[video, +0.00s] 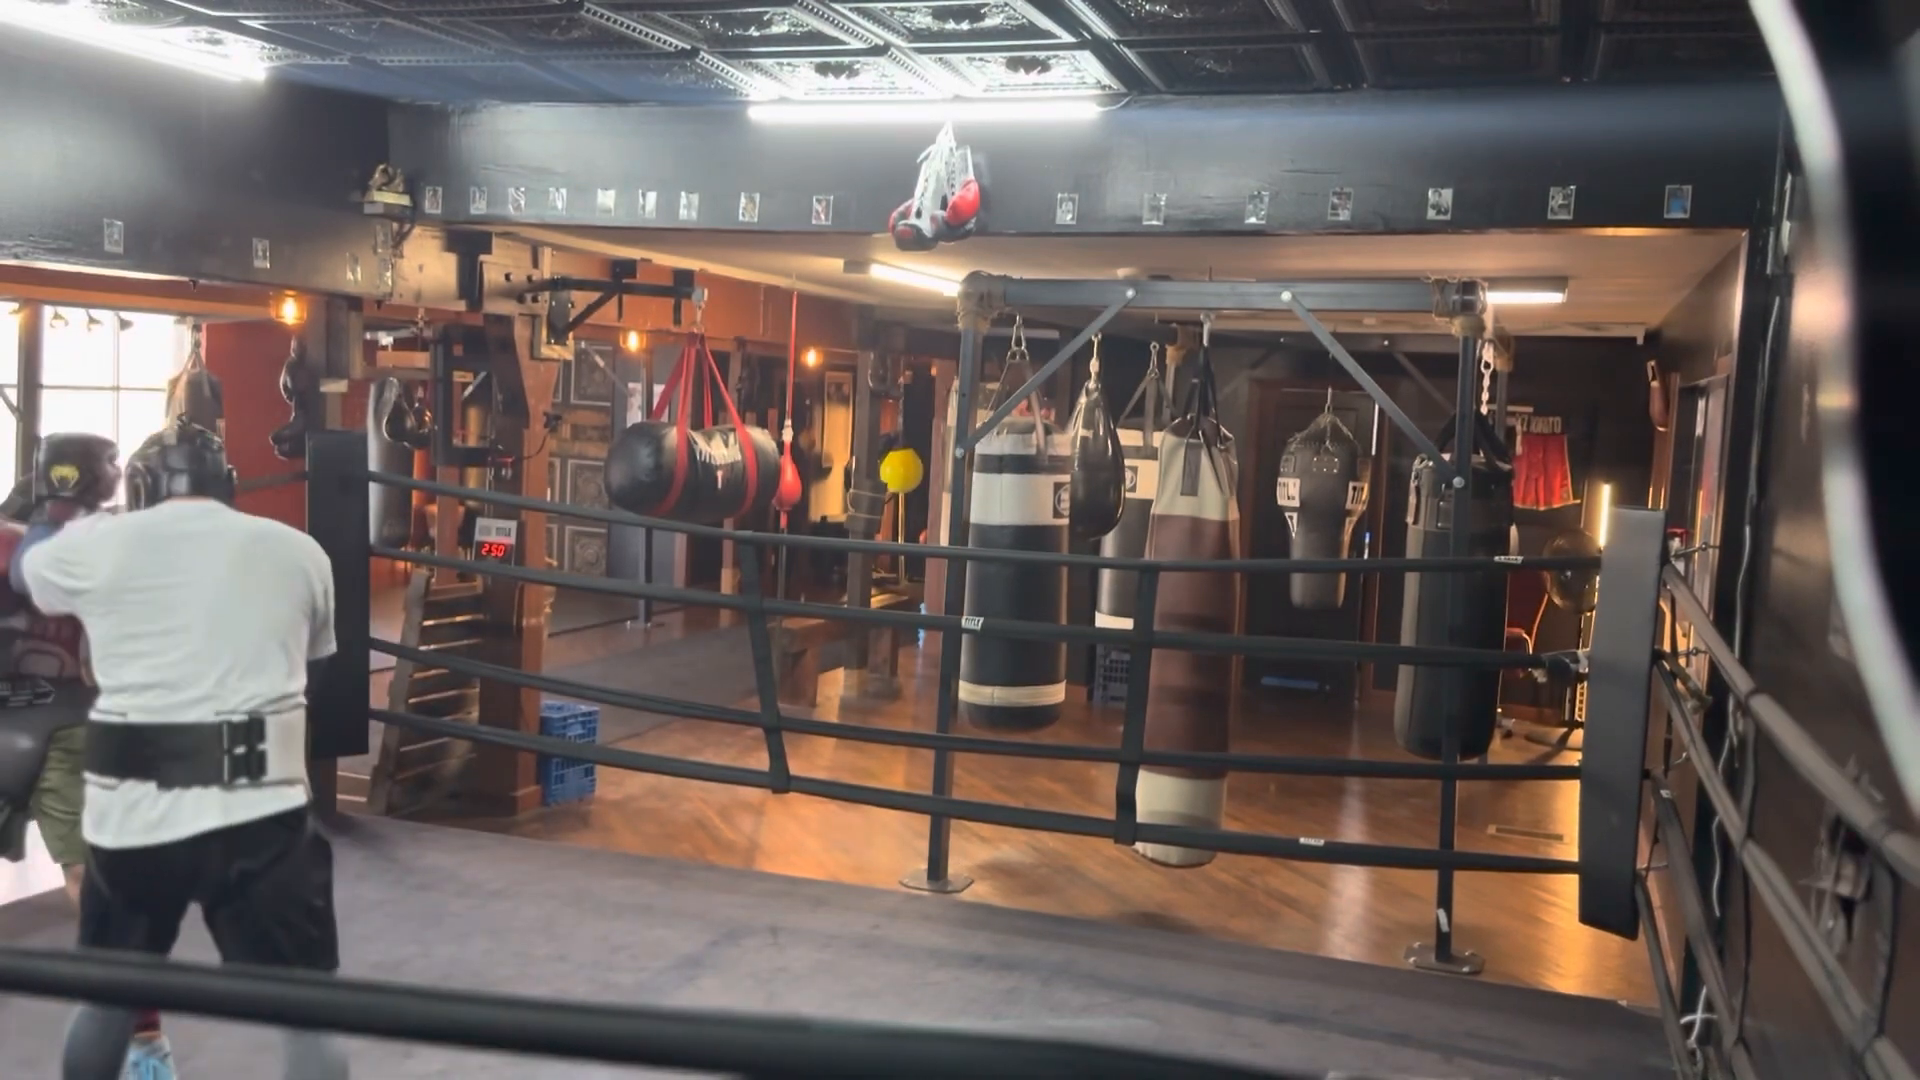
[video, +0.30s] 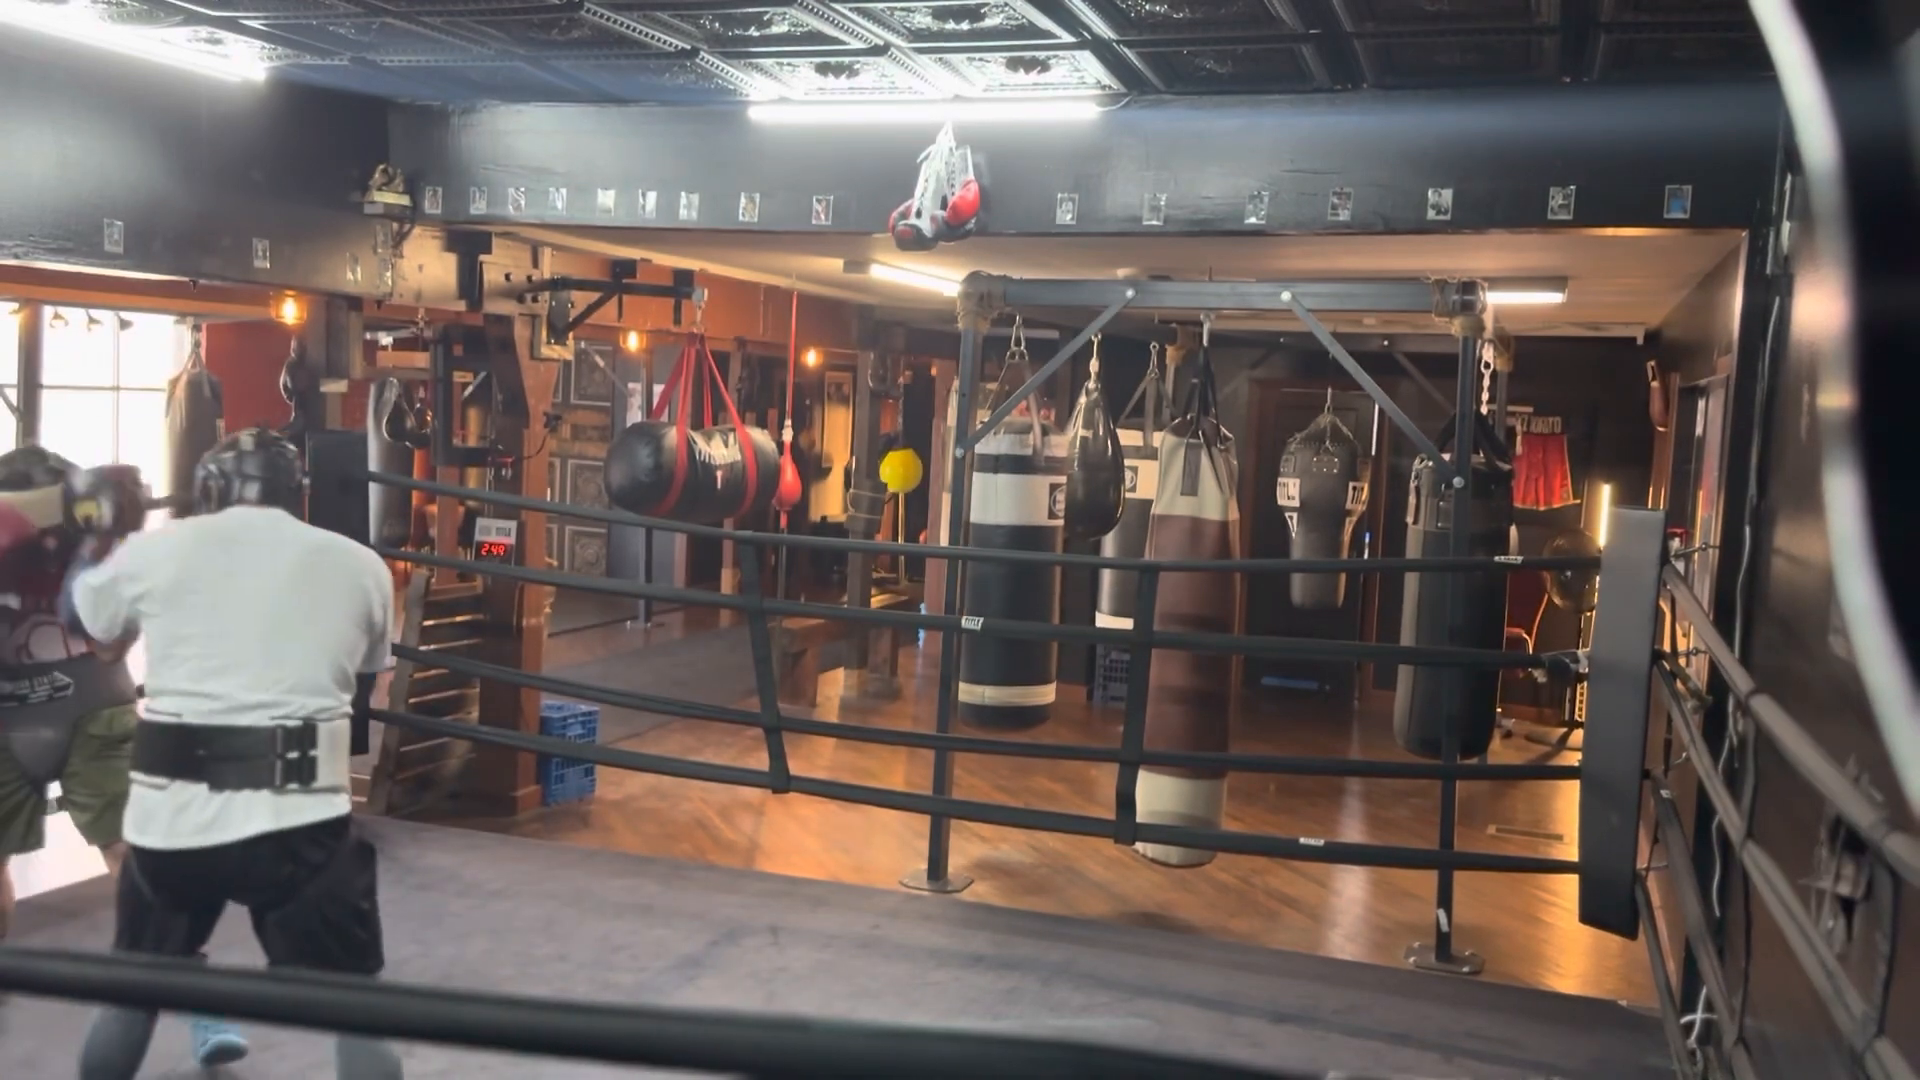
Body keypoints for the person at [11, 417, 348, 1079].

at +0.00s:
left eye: (133, 485)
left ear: (142, 488)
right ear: (227, 484)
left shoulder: (106, 545)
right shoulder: (296, 550)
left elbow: (31, 568)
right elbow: (318, 644)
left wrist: (77, 517)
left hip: (135, 823)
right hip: (265, 820)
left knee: (107, 996)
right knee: (307, 1012)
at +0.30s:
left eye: (205, 490)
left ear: (209, 492)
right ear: (296, 494)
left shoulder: (163, 550)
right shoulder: (360, 565)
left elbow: (89, 617)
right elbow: (370, 676)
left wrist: (99, 548)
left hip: (172, 828)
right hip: (302, 828)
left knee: (130, 990)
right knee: (356, 1008)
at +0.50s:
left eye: (254, 482)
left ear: (260, 486)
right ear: (348, 488)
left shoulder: (206, 542)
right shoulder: (403, 557)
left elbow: (98, 576)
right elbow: (413, 675)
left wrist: (121, 532)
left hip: (211, 824)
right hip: (339, 828)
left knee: (176, 976)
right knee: (375, 1011)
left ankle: (139, 1076)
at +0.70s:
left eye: (292, 490)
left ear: (296, 498)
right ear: (381, 506)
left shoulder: (236, 551)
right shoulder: (429, 588)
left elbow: (159, 530)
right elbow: (430, 697)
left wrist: (152, 487)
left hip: (235, 849)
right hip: (366, 852)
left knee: (199, 999)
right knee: (447, 1012)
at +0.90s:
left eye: (330, 495)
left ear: (340, 501)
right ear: (424, 510)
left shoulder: (274, 578)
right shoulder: (477, 591)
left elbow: (188, 684)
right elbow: (478, 721)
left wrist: (200, 607)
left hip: (282, 858)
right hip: (413, 861)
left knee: (243, 1005)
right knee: (464, 1037)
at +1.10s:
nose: (315, 491)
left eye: (320, 480)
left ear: (333, 483)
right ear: (418, 488)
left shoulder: (277, 560)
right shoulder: (481, 566)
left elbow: (186, 664)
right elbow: (501, 675)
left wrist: (220, 598)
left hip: (290, 837)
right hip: (418, 841)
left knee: (263, 991)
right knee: (442, 1033)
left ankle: (229, 1073)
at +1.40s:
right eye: (369, 488)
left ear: (280, 486)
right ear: (363, 490)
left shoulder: (223, 554)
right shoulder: (402, 540)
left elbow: (149, 634)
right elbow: (434, 663)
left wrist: (100, 654)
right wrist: (362, 633)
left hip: (242, 814)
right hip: (363, 806)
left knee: (241, 990)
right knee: (431, 980)